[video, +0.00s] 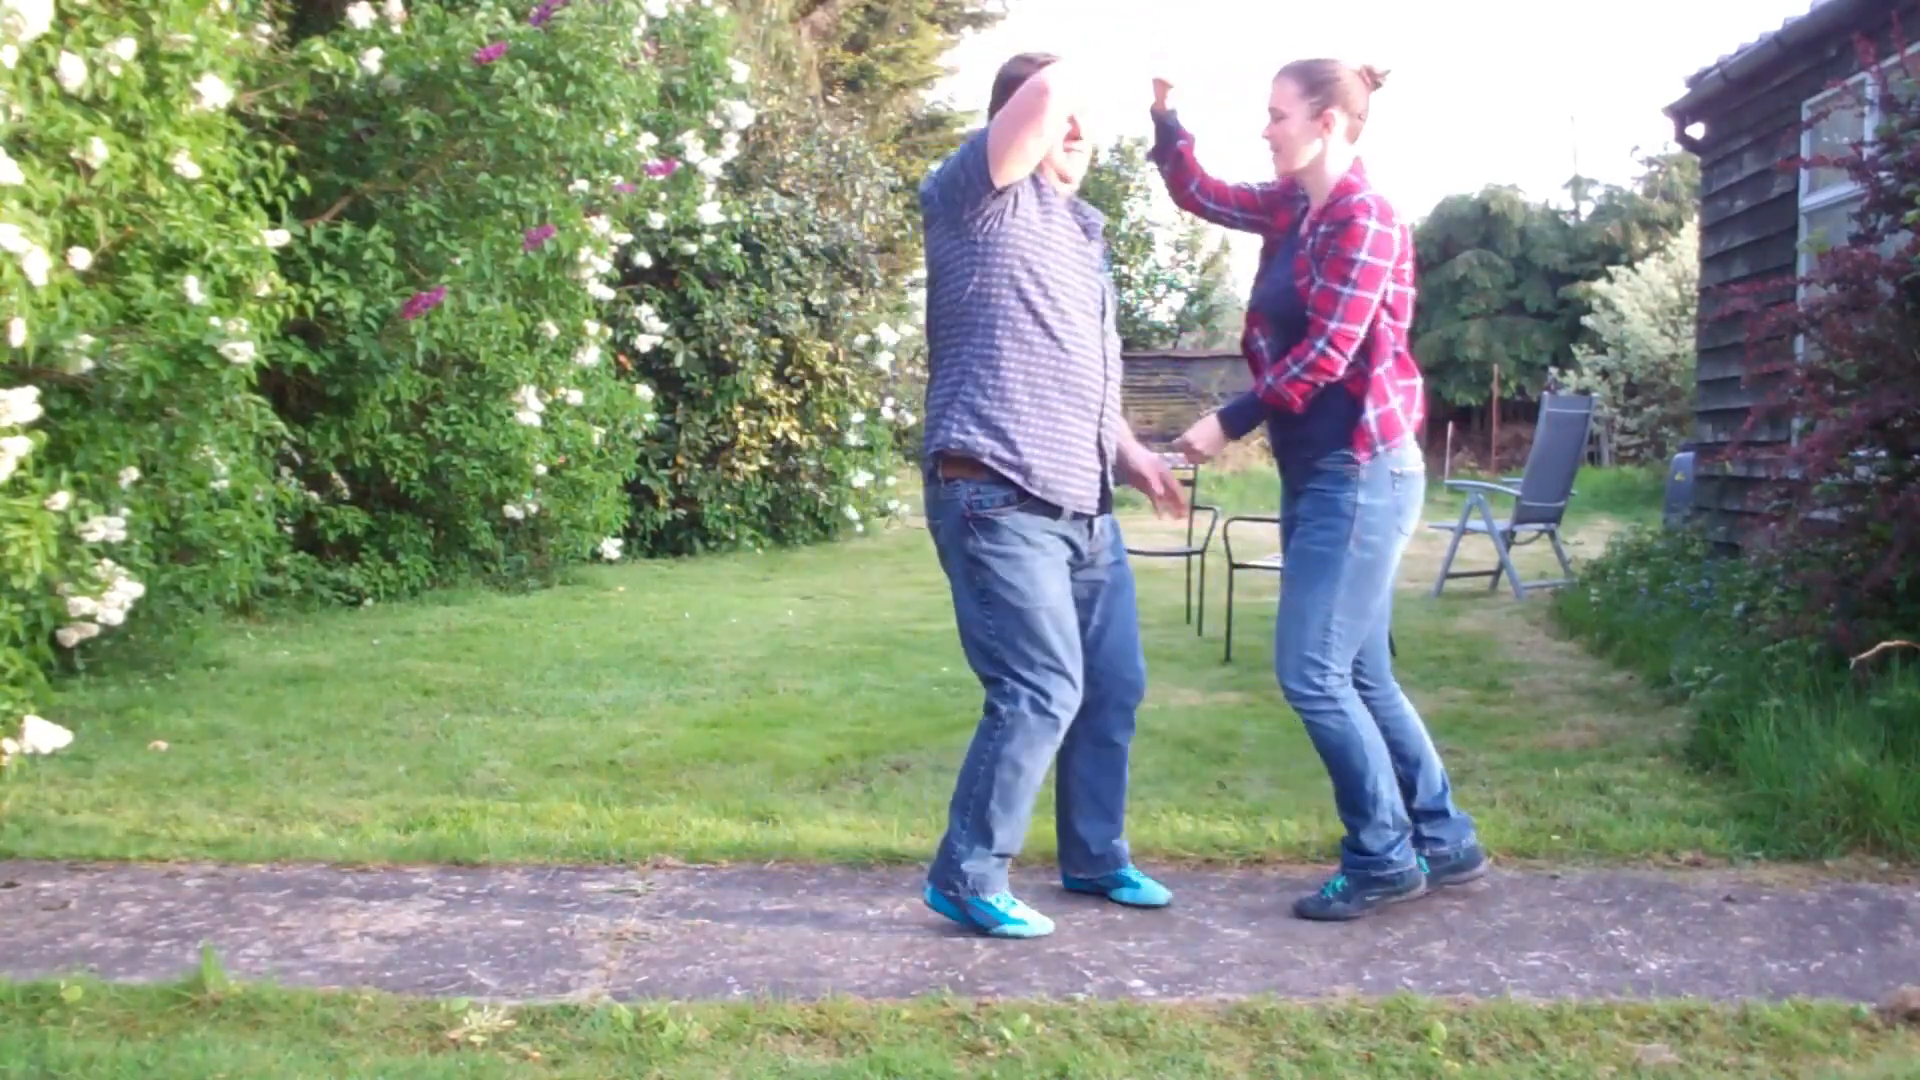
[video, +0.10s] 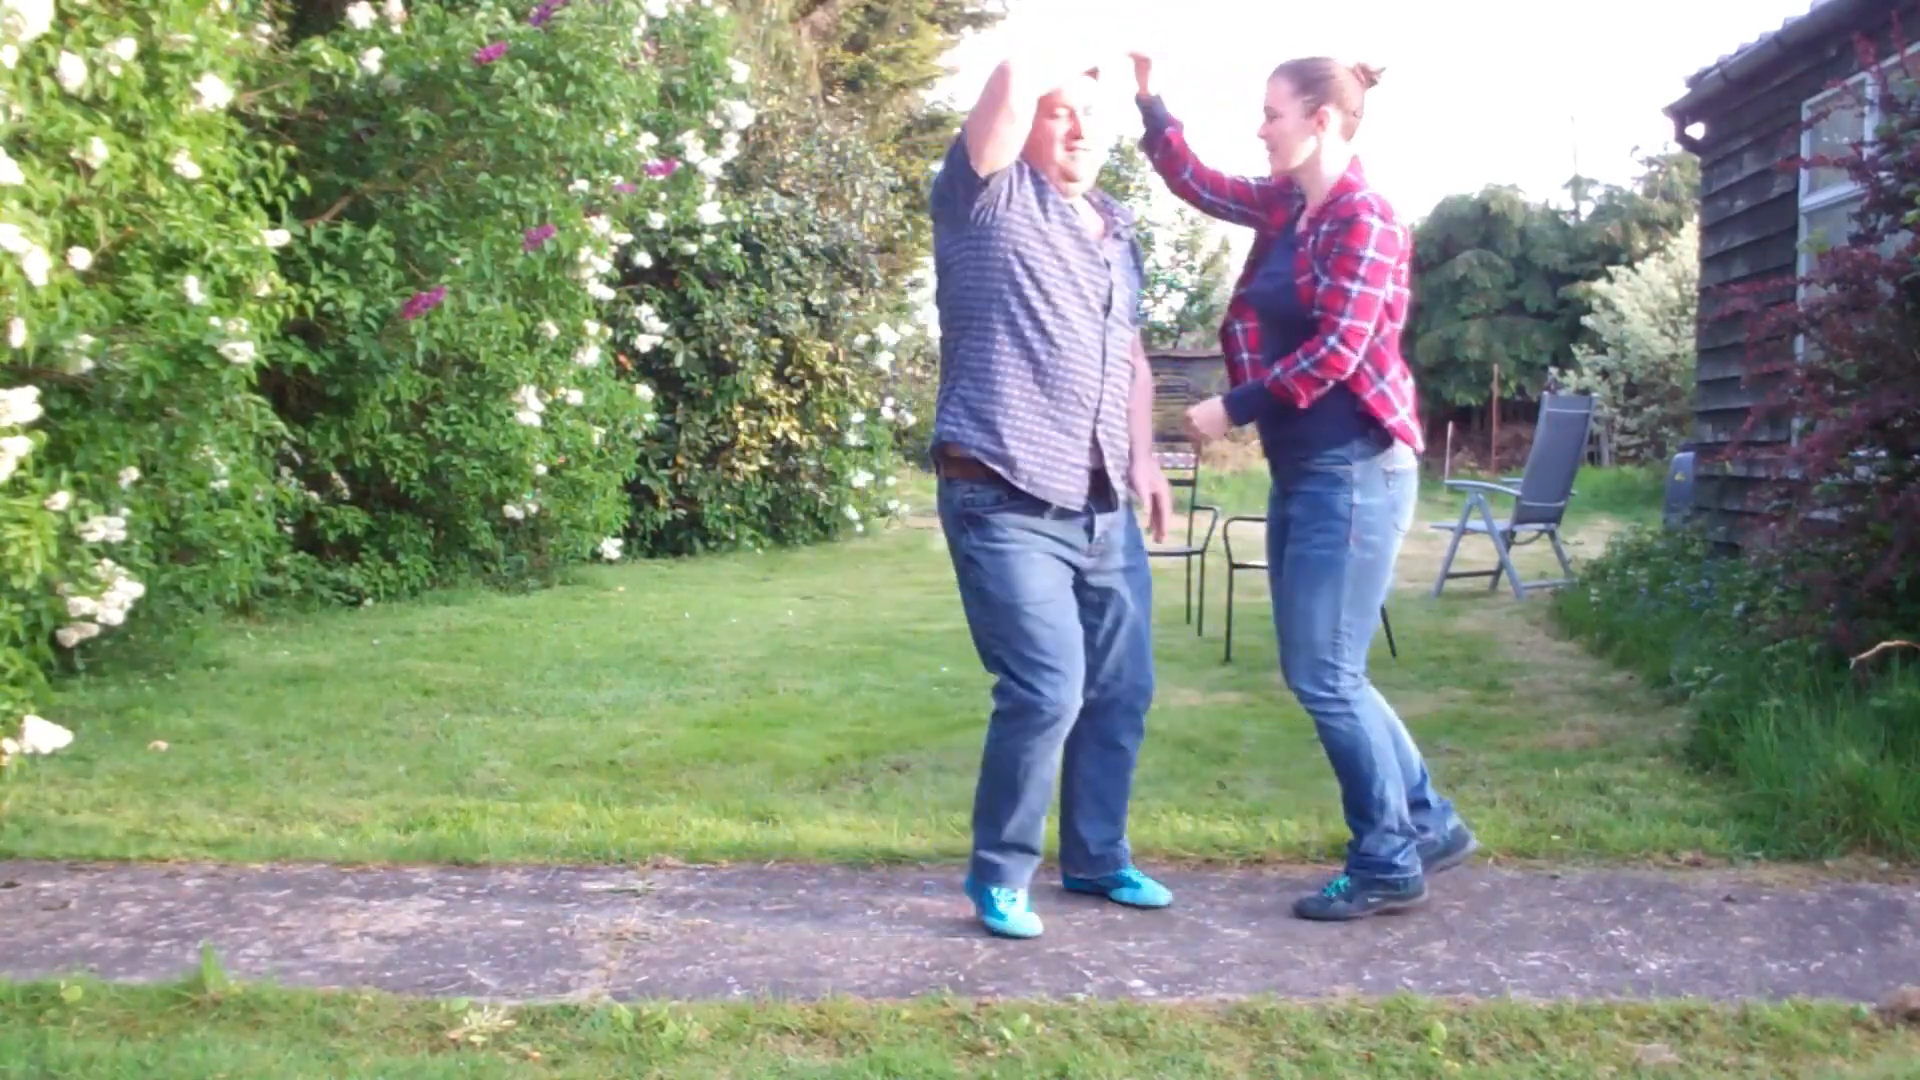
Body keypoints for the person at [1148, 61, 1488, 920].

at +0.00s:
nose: (1265, 132)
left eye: (1278, 118)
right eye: (1266, 118)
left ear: (1331, 126)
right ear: (1316, 125)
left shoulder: (1368, 221)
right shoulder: (1292, 208)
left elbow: (1325, 356)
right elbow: (1201, 194)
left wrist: (1228, 421)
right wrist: (1164, 119)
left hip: (1361, 471)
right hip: (1325, 469)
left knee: (1312, 675)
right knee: (1364, 674)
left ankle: (1384, 857)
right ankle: (1443, 837)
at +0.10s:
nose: (1261, 132)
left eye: (1274, 117)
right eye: (1262, 117)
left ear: (1326, 123)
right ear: (1308, 122)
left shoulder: (1366, 217)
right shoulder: (1284, 204)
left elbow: (1340, 347)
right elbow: (1196, 180)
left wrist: (1233, 407)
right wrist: (1150, 98)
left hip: (1356, 464)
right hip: (1304, 466)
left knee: (1325, 673)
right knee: (1320, 669)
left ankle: (1386, 864)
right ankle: (1425, 820)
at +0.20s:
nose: (1253, 130)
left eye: (1268, 117)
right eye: (1255, 117)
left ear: (1320, 122)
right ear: (1293, 123)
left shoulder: (1359, 218)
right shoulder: (1272, 203)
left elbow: (1347, 350)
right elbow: (1186, 161)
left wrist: (1233, 387)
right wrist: (1130, 75)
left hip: (1350, 464)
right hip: (1290, 467)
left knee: (1333, 674)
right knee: (1271, 670)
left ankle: (1391, 867)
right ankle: (1404, 803)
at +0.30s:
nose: (1246, 134)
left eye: (1260, 120)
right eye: (1249, 119)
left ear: (1311, 126)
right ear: (1288, 127)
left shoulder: (1357, 223)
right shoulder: (1264, 199)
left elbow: (1349, 352)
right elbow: (1180, 140)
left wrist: (1235, 378)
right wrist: (1111, 55)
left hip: (1345, 471)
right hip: (1278, 472)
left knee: (1342, 678)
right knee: (1246, 664)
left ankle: (1394, 868)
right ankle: (1356, 809)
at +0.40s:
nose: (1237, 130)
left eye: (1249, 116)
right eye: (1239, 116)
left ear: (1300, 125)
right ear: (1278, 128)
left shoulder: (1347, 225)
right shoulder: (1250, 195)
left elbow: (1350, 354)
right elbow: (1172, 125)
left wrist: (1240, 377)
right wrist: (1098, 41)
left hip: (1335, 473)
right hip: (1268, 477)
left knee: (1344, 677)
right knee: (1227, 662)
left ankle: (1395, 868)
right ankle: (1306, 835)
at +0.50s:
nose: (1225, 133)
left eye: (1236, 119)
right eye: (1226, 119)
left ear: (1285, 126)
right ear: (1265, 130)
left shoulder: (1331, 227)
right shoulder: (1237, 199)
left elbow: (1331, 361)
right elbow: (1160, 126)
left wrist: (1223, 374)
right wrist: (1081, 45)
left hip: (1318, 468)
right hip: (1250, 471)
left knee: (1337, 674)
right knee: (1217, 665)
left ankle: (1392, 865)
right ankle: (1270, 847)